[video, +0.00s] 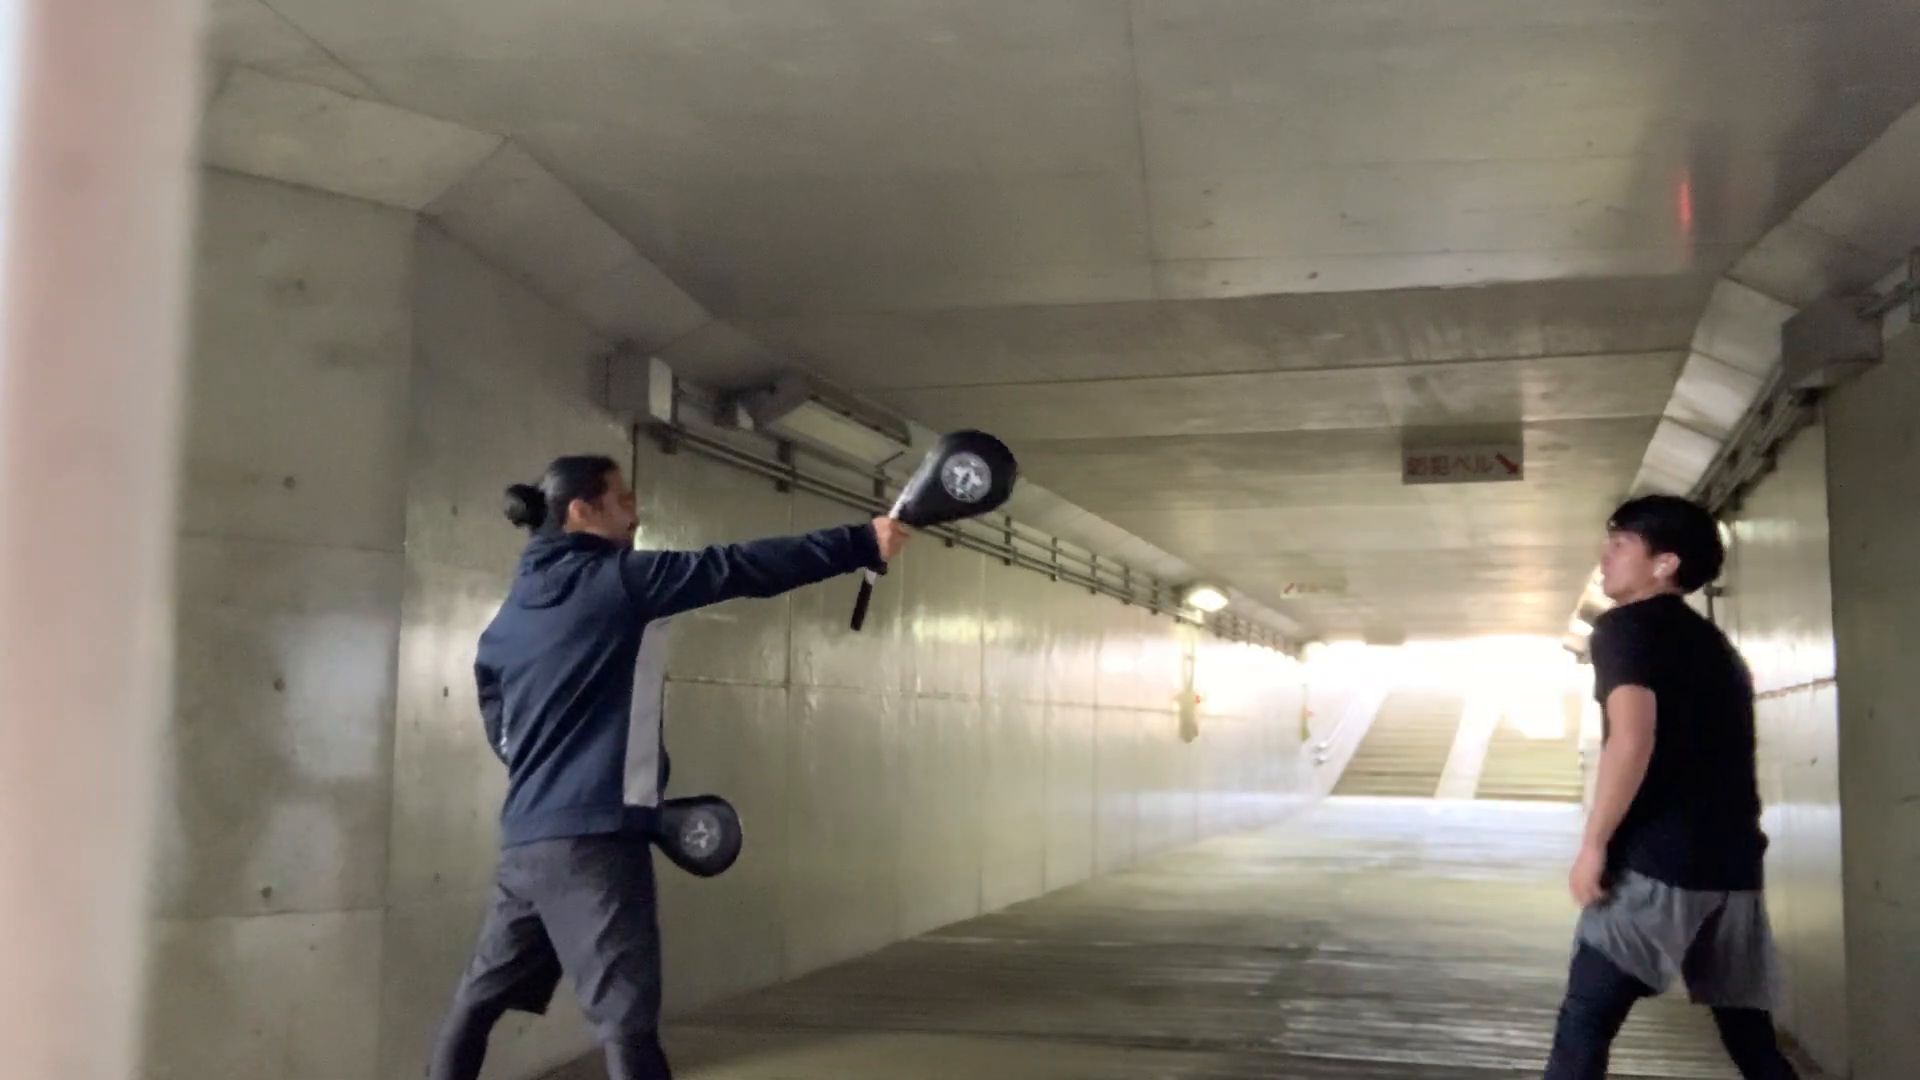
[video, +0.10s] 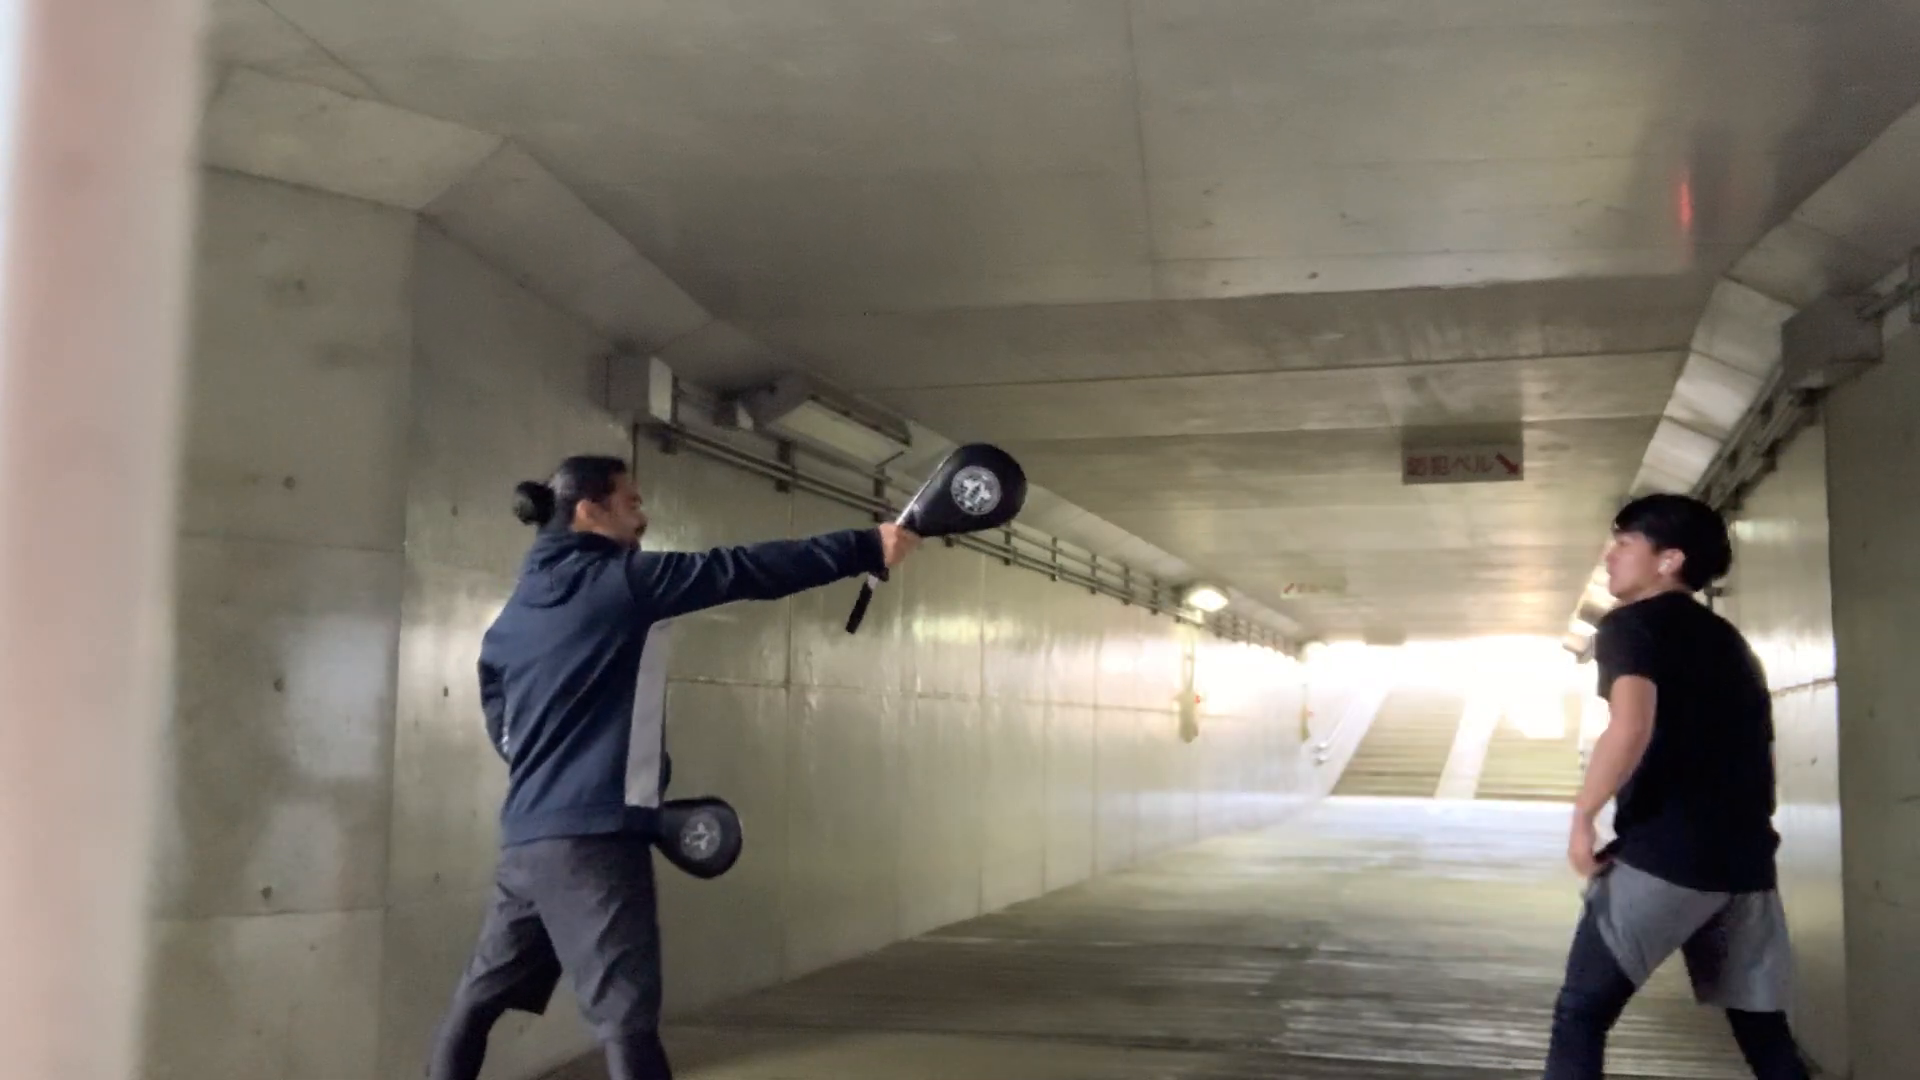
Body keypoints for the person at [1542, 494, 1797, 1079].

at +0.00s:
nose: (1603, 555)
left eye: (1619, 544)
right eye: (1610, 541)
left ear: (1665, 564)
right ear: (1667, 569)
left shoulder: (1625, 627)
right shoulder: (1719, 646)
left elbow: (1631, 735)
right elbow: (1732, 764)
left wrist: (1593, 843)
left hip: (1657, 868)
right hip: (1736, 872)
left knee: (1583, 1031)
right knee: (1753, 1040)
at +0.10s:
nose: (1607, 552)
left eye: (1623, 541)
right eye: (1614, 539)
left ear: (1670, 559)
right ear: (1672, 564)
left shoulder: (1633, 623)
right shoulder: (1730, 640)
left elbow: (1632, 725)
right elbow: (1756, 758)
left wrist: (1582, 814)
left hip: (1667, 855)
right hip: (1747, 857)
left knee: (1580, 1019)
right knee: (1768, 1037)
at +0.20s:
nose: (1600, 553)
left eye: (1615, 541)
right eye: (1606, 540)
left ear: (1661, 559)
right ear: (1664, 562)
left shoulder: (1626, 624)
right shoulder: (1734, 644)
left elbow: (1623, 724)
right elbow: (1776, 770)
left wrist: (1575, 809)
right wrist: (1712, 816)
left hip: (1660, 858)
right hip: (1744, 866)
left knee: (1582, 1022)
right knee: (1766, 1039)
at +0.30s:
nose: (1584, 576)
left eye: (1596, 560)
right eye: (1587, 560)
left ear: (1644, 572)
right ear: (1649, 575)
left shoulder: (1609, 642)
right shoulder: (1721, 658)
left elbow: (1597, 752)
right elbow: (1776, 771)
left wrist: (1565, 834)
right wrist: (1735, 839)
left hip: (1650, 875)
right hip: (1736, 879)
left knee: (1577, 1041)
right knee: (1743, 1044)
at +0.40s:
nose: (1575, 576)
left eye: (1586, 561)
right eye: (1578, 562)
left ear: (1632, 573)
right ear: (1641, 576)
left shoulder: (1600, 647)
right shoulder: (1711, 656)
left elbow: (1589, 755)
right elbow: (1772, 768)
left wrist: (1556, 835)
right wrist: (1738, 847)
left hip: (1642, 884)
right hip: (1731, 885)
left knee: (1568, 1045)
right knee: (1744, 1046)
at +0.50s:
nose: (1583, 533)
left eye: (1595, 519)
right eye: (1586, 518)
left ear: (1641, 534)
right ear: (1650, 538)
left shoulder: (1601, 604)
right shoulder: (1718, 615)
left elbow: (1607, 705)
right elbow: (1780, 722)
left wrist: (1575, 785)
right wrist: (1735, 796)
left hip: (1644, 840)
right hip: (1732, 836)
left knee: (1591, 1018)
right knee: (1771, 1017)